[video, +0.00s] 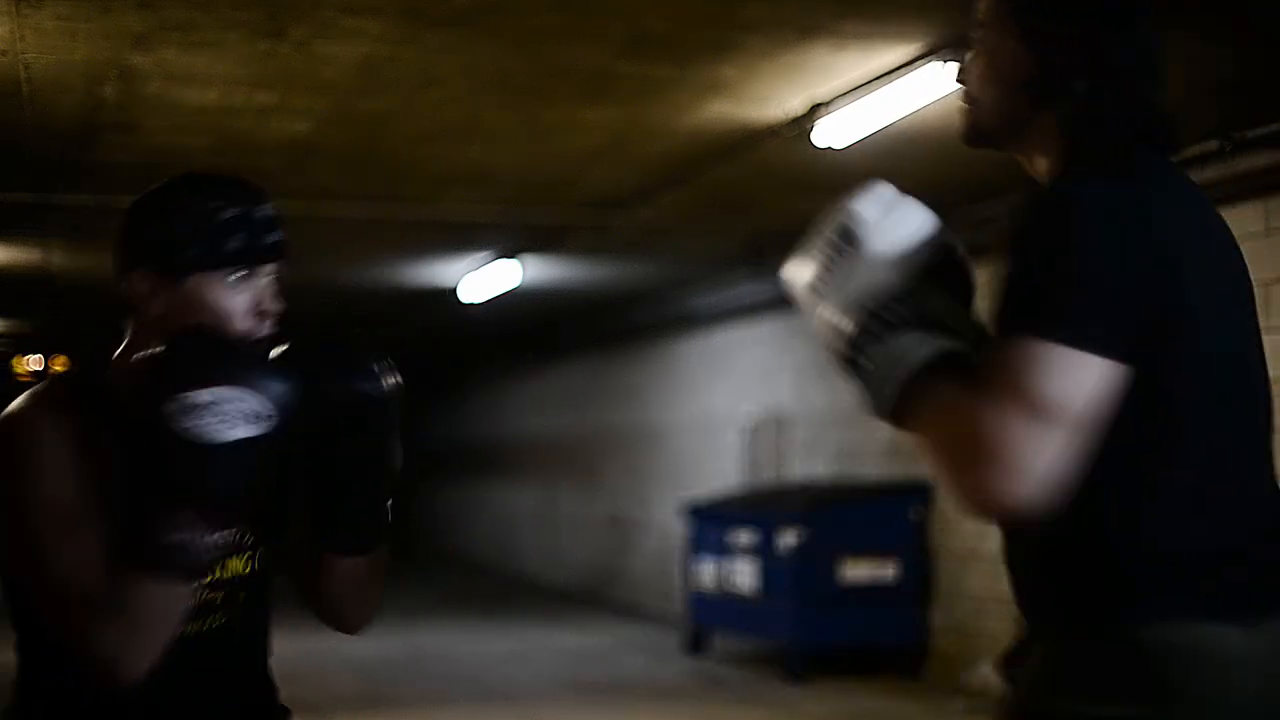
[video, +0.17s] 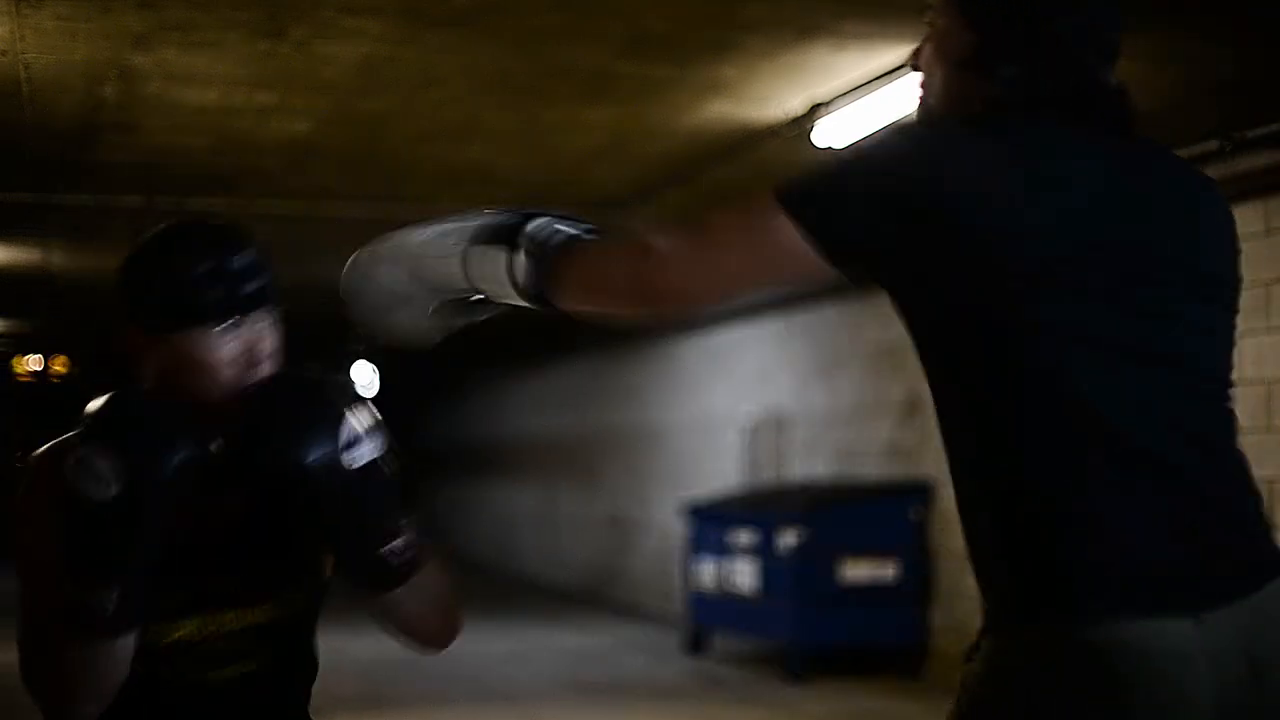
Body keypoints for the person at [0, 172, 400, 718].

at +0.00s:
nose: (271, 305)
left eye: (272, 276)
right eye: (240, 278)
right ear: (152, 289)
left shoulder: (259, 412)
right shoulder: (47, 426)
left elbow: (347, 611)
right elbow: (114, 654)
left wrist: (359, 449)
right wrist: (200, 483)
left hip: (239, 707)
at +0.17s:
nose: (260, 345)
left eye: (265, 315)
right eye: (227, 326)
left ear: (280, 315)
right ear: (161, 347)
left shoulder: (313, 434)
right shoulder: (90, 472)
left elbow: (437, 626)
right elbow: (75, 696)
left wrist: (368, 498)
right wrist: (113, 527)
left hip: (277, 707)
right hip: (145, 717)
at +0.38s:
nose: (393, 271)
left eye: (386, 246)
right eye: (370, 243)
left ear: (286, 260)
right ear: (288, 256)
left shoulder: (268, 342)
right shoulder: (286, 333)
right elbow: (467, 358)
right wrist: (565, 257)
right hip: (196, 709)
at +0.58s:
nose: (343, 282)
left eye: (343, 258)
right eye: (317, 255)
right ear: (232, 264)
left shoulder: (277, 406)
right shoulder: (143, 400)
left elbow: (313, 597)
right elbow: (110, 610)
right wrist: (290, 519)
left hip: (223, 710)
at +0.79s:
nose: (253, 269)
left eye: (253, 247)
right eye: (221, 243)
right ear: (134, 258)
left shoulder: (238, 393)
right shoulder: (41, 400)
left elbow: (289, 602)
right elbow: (43, 643)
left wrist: (321, 495)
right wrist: (153, 524)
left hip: (189, 692)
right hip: (67, 699)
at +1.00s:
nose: (298, 249)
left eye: (296, 227)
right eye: (266, 224)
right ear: (180, 246)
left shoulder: (257, 384)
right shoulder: (88, 388)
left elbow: (356, 580)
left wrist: (380, 422)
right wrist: (245, 427)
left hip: (213, 700)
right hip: (91, 709)